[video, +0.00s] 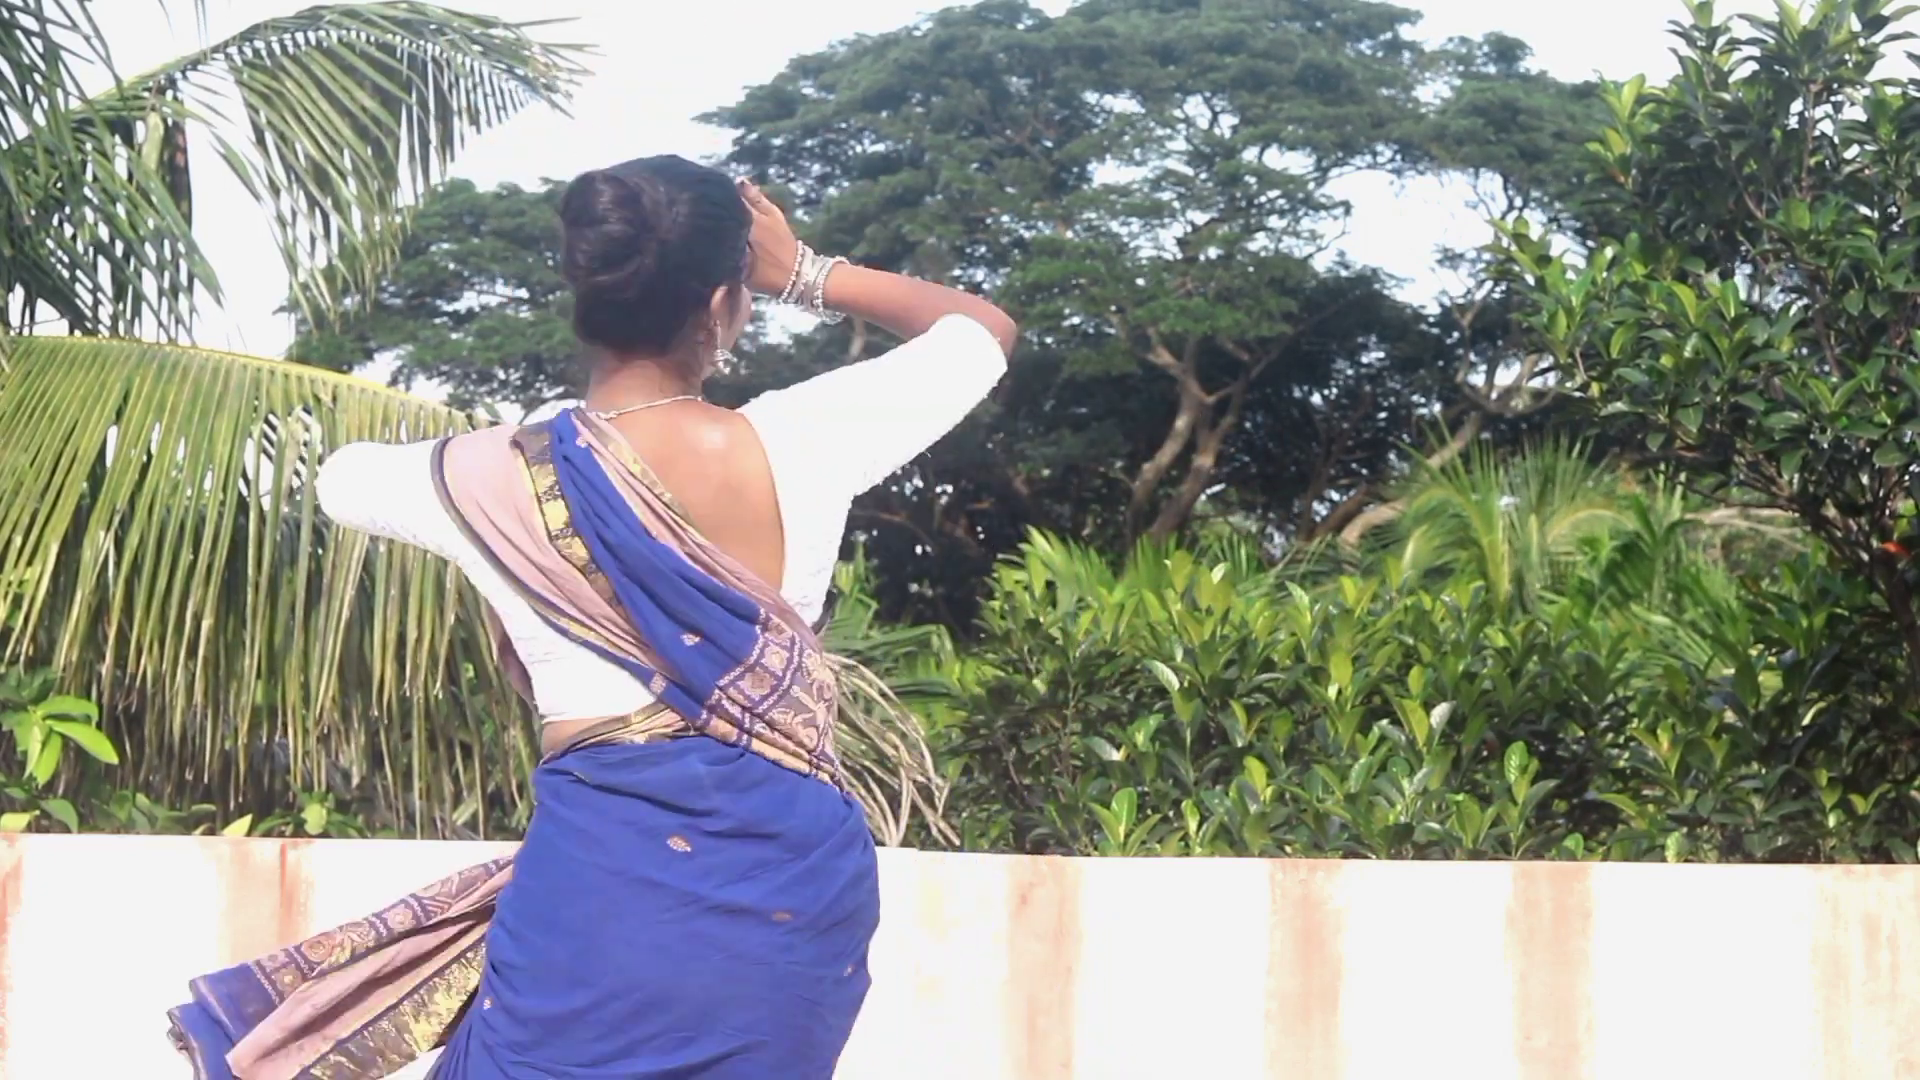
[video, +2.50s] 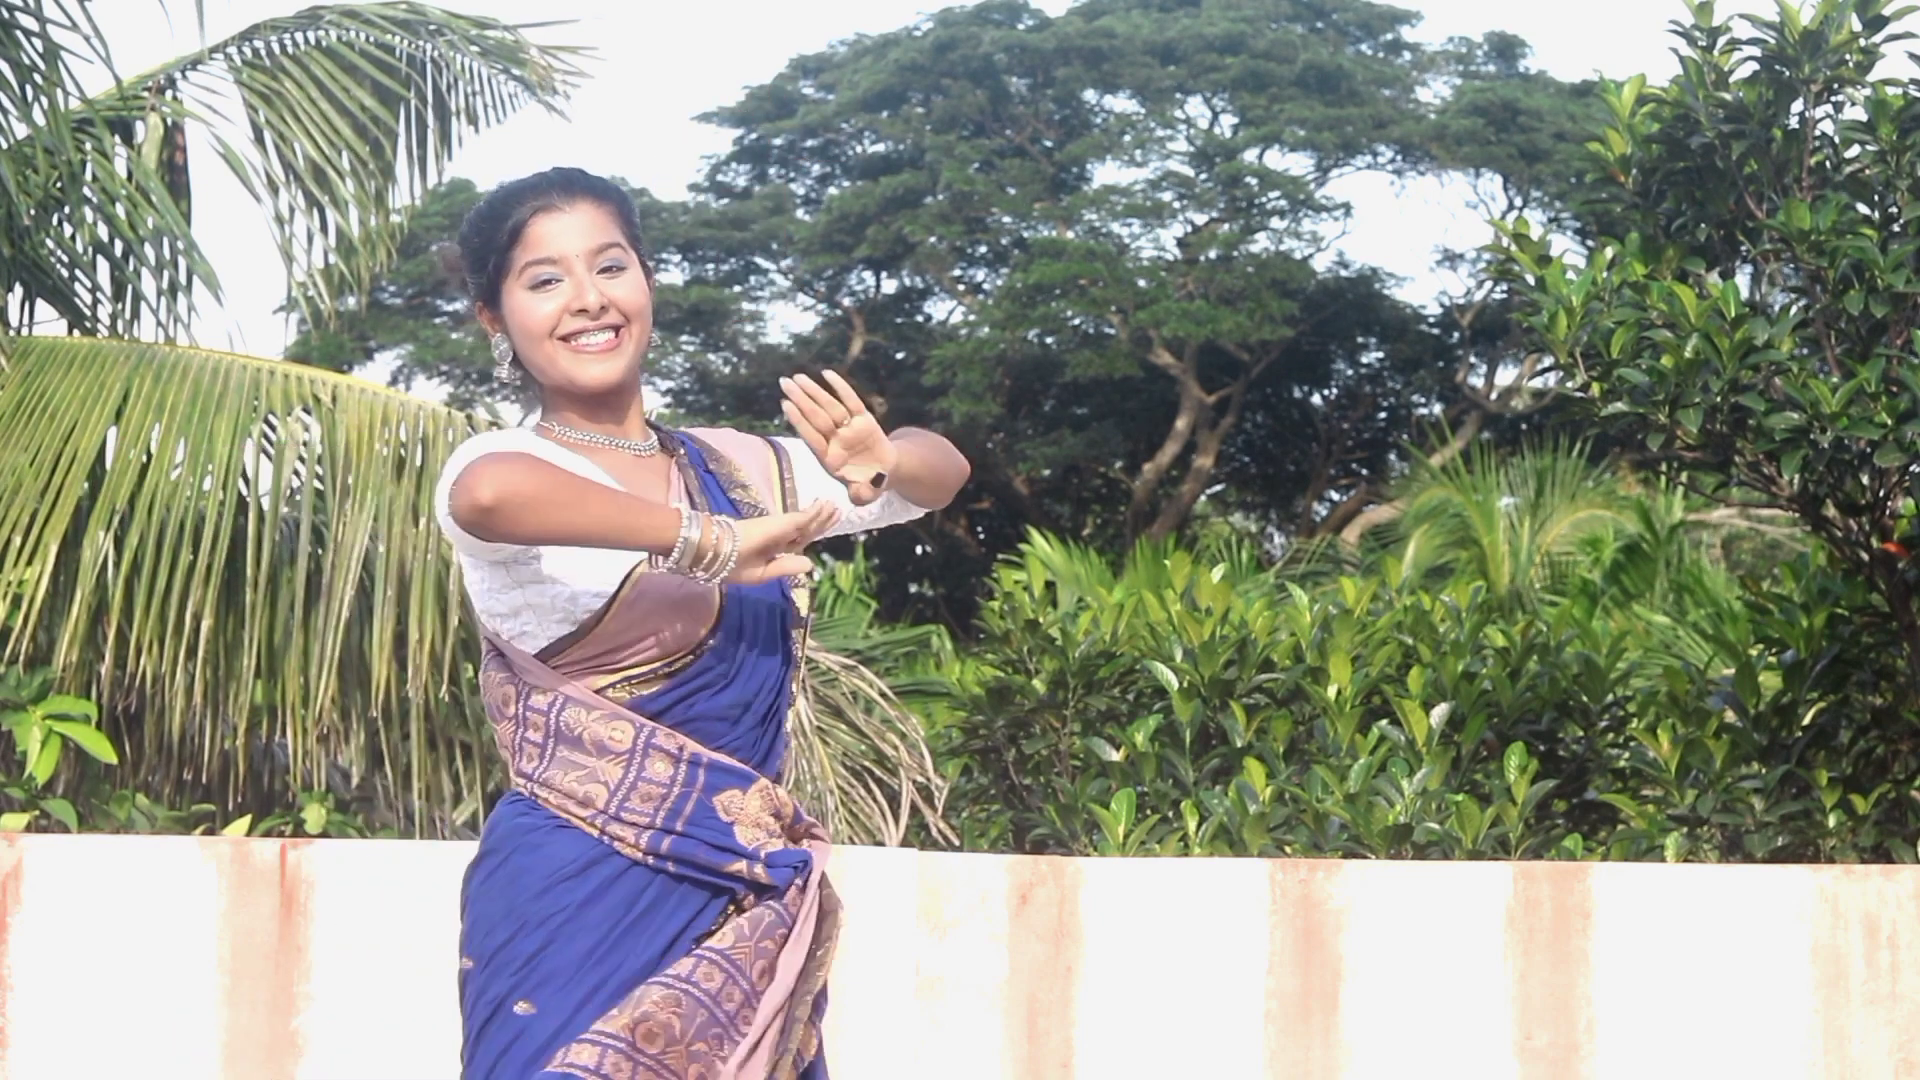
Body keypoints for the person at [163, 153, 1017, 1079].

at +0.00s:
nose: (746, 307)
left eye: (743, 283)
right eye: (747, 287)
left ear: (586, 294)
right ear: (718, 308)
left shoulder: (482, 474)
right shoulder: (792, 446)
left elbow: (322, 470)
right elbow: (982, 328)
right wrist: (809, 271)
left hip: (596, 882)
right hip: (798, 892)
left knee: (519, 1063)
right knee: (756, 1065)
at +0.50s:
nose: (610, 278)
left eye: (635, 249)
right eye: (570, 252)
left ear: (663, 271)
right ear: (509, 279)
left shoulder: (660, 422)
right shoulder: (515, 404)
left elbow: (853, 452)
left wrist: (849, 524)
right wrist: (723, 455)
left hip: (686, 819)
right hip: (553, 819)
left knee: (699, 1061)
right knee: (543, 1060)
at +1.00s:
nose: (598, 297)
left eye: (637, 278)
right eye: (573, 264)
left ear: (676, 319)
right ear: (527, 287)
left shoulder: (692, 471)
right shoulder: (430, 450)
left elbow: (838, 471)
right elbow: (173, 427)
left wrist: (606, 491)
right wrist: (315, 529)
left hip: (613, 862)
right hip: (421, 856)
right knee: (407, 1062)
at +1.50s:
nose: (608, 363)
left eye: (651, 361)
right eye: (599, 320)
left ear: (675, 413)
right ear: (550, 321)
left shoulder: (602, 521)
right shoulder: (411, 481)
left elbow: (485, 493)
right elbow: (205, 478)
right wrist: (229, 540)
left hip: (513, 894)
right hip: (350, 898)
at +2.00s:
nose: (590, 334)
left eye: (625, 315)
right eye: (561, 298)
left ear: (650, 355)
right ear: (502, 315)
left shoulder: (631, 509)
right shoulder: (378, 477)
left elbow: (695, 410)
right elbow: (116, 465)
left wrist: (720, 162)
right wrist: (253, 523)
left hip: (552, 895)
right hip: (357, 905)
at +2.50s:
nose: (588, 299)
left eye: (610, 265)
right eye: (545, 280)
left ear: (649, 288)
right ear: (498, 324)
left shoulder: (741, 462)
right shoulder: (511, 459)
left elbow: (947, 476)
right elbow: (482, 499)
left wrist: (889, 466)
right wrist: (701, 535)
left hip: (748, 888)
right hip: (577, 887)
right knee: (566, 1065)